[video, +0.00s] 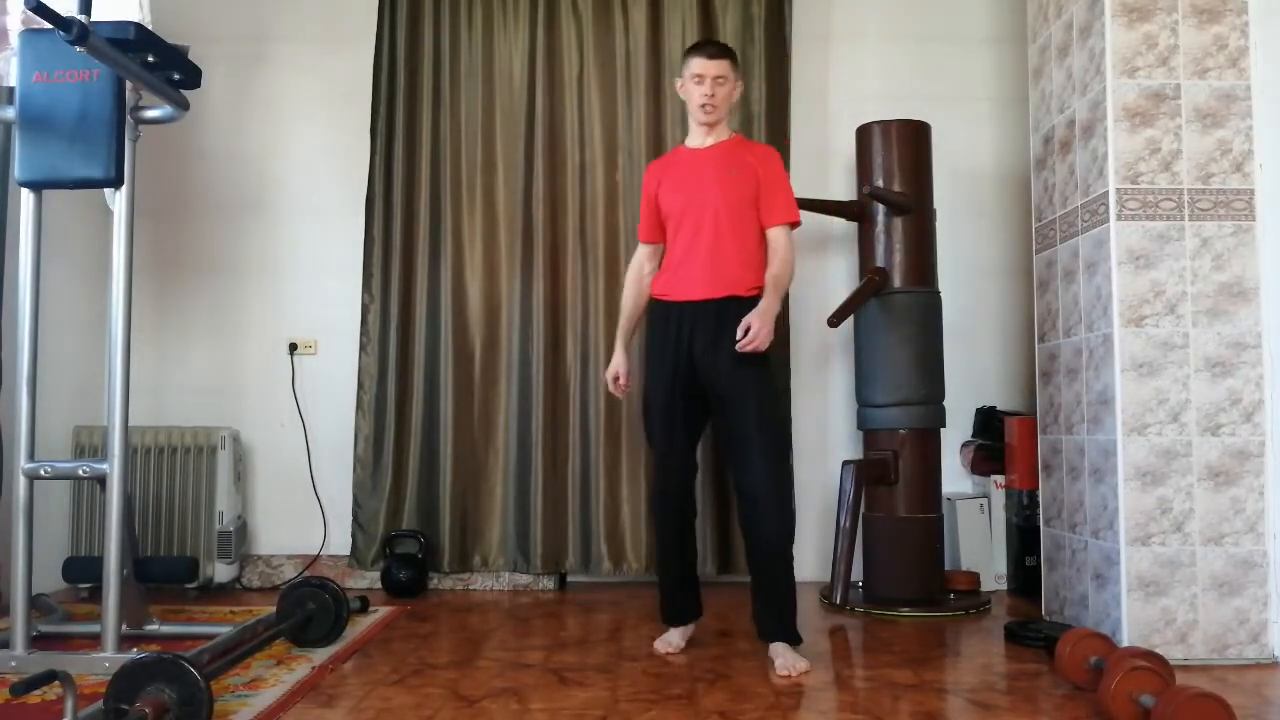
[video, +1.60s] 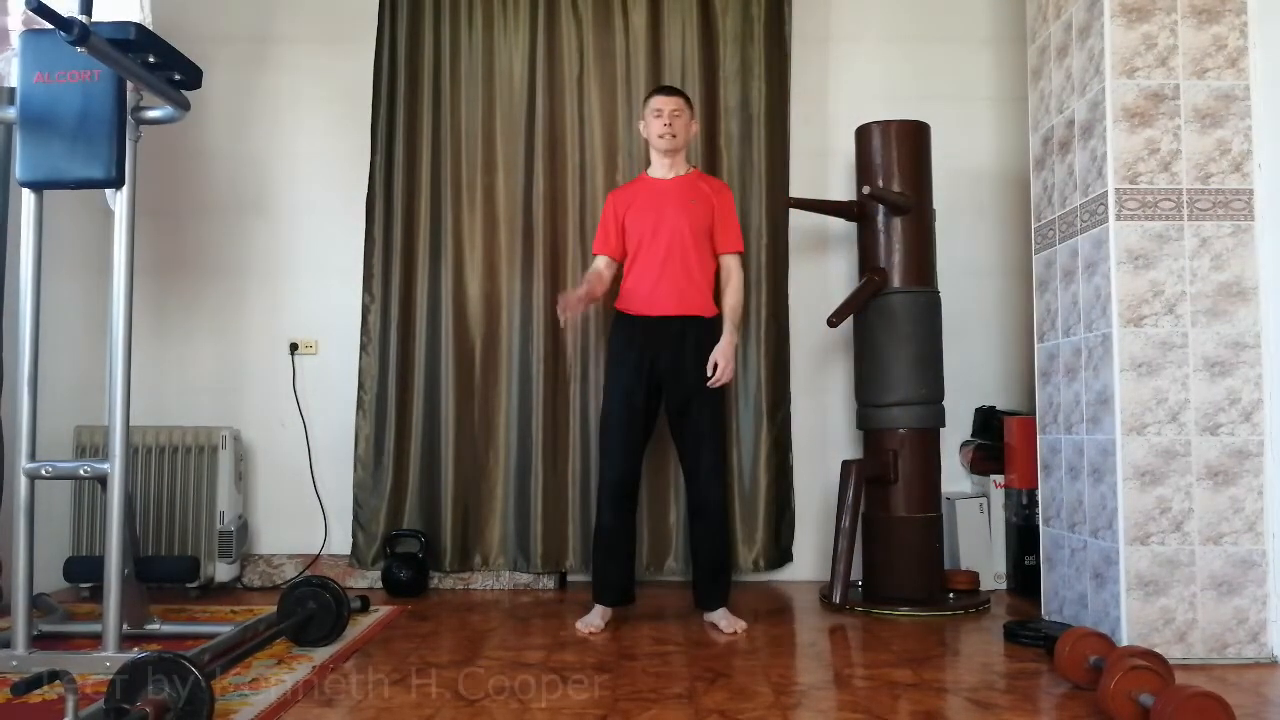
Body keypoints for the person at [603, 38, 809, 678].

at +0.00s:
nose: (709, 90)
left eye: (720, 80)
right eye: (698, 80)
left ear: (737, 89)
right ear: (681, 88)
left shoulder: (761, 160)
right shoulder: (660, 172)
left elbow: (782, 247)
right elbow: (644, 263)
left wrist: (770, 306)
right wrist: (621, 344)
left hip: (741, 327)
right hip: (669, 330)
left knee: (763, 483)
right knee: (670, 482)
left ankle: (780, 634)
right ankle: (680, 616)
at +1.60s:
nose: (666, 122)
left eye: (676, 114)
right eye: (657, 115)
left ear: (693, 128)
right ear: (642, 129)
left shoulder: (714, 193)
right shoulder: (622, 199)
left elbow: (731, 273)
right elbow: (602, 269)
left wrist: (728, 338)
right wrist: (584, 293)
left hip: (697, 339)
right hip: (634, 338)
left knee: (707, 474)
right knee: (618, 471)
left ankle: (713, 602)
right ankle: (608, 598)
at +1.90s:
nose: (664, 123)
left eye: (674, 115)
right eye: (655, 116)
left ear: (691, 128)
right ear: (641, 129)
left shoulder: (712, 193)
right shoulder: (623, 194)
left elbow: (732, 271)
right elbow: (590, 265)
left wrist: (733, 332)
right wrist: (595, 197)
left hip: (696, 338)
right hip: (634, 337)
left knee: (707, 474)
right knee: (616, 471)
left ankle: (713, 602)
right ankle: (608, 598)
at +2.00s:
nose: (666, 126)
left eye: (676, 117)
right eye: (656, 118)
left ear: (692, 128)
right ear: (642, 129)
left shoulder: (713, 194)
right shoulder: (622, 195)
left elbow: (732, 272)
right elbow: (588, 262)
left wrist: (733, 335)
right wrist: (588, 199)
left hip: (696, 339)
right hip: (634, 338)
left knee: (707, 474)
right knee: (616, 471)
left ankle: (713, 601)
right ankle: (608, 599)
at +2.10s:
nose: (667, 124)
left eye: (677, 116)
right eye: (657, 116)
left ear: (693, 128)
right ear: (642, 128)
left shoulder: (713, 195)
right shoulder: (623, 193)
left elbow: (732, 274)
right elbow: (589, 264)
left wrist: (733, 337)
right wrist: (595, 196)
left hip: (697, 338)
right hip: (634, 337)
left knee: (707, 474)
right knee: (617, 471)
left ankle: (712, 601)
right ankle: (608, 598)